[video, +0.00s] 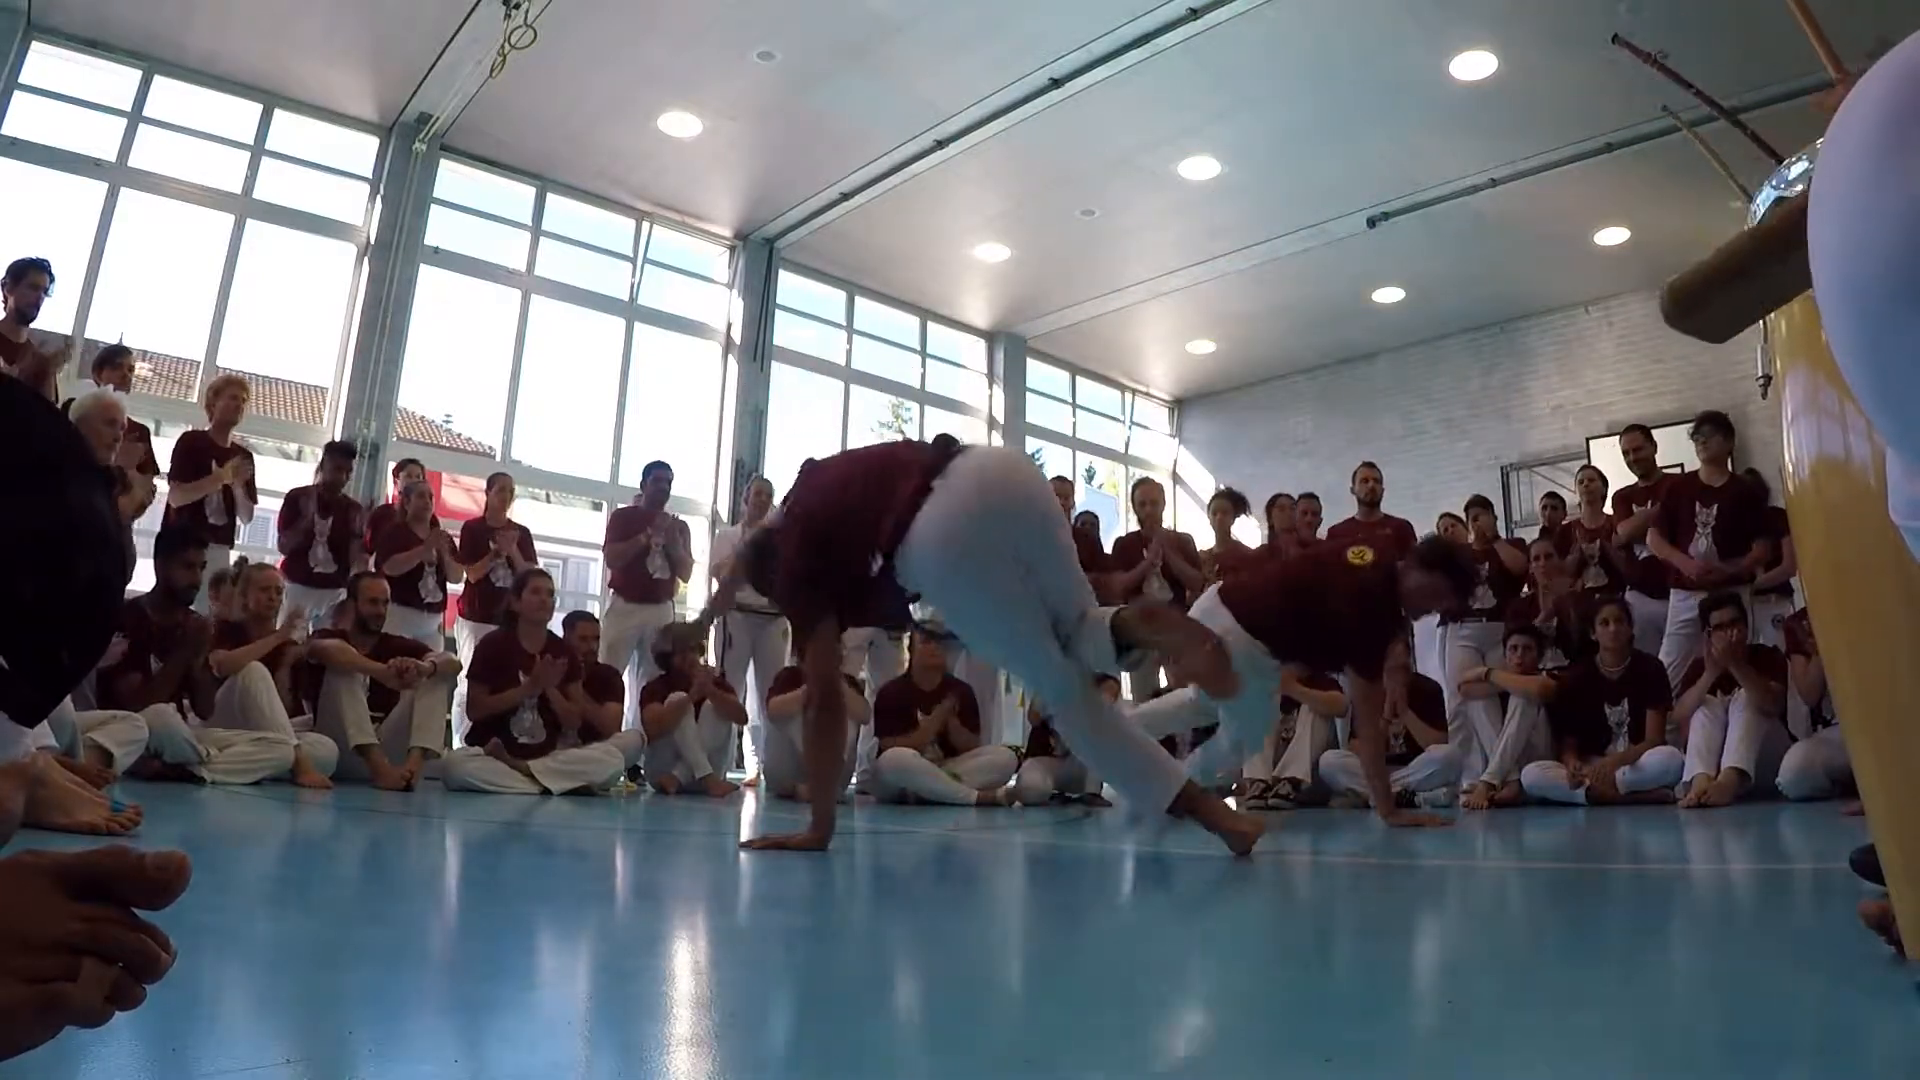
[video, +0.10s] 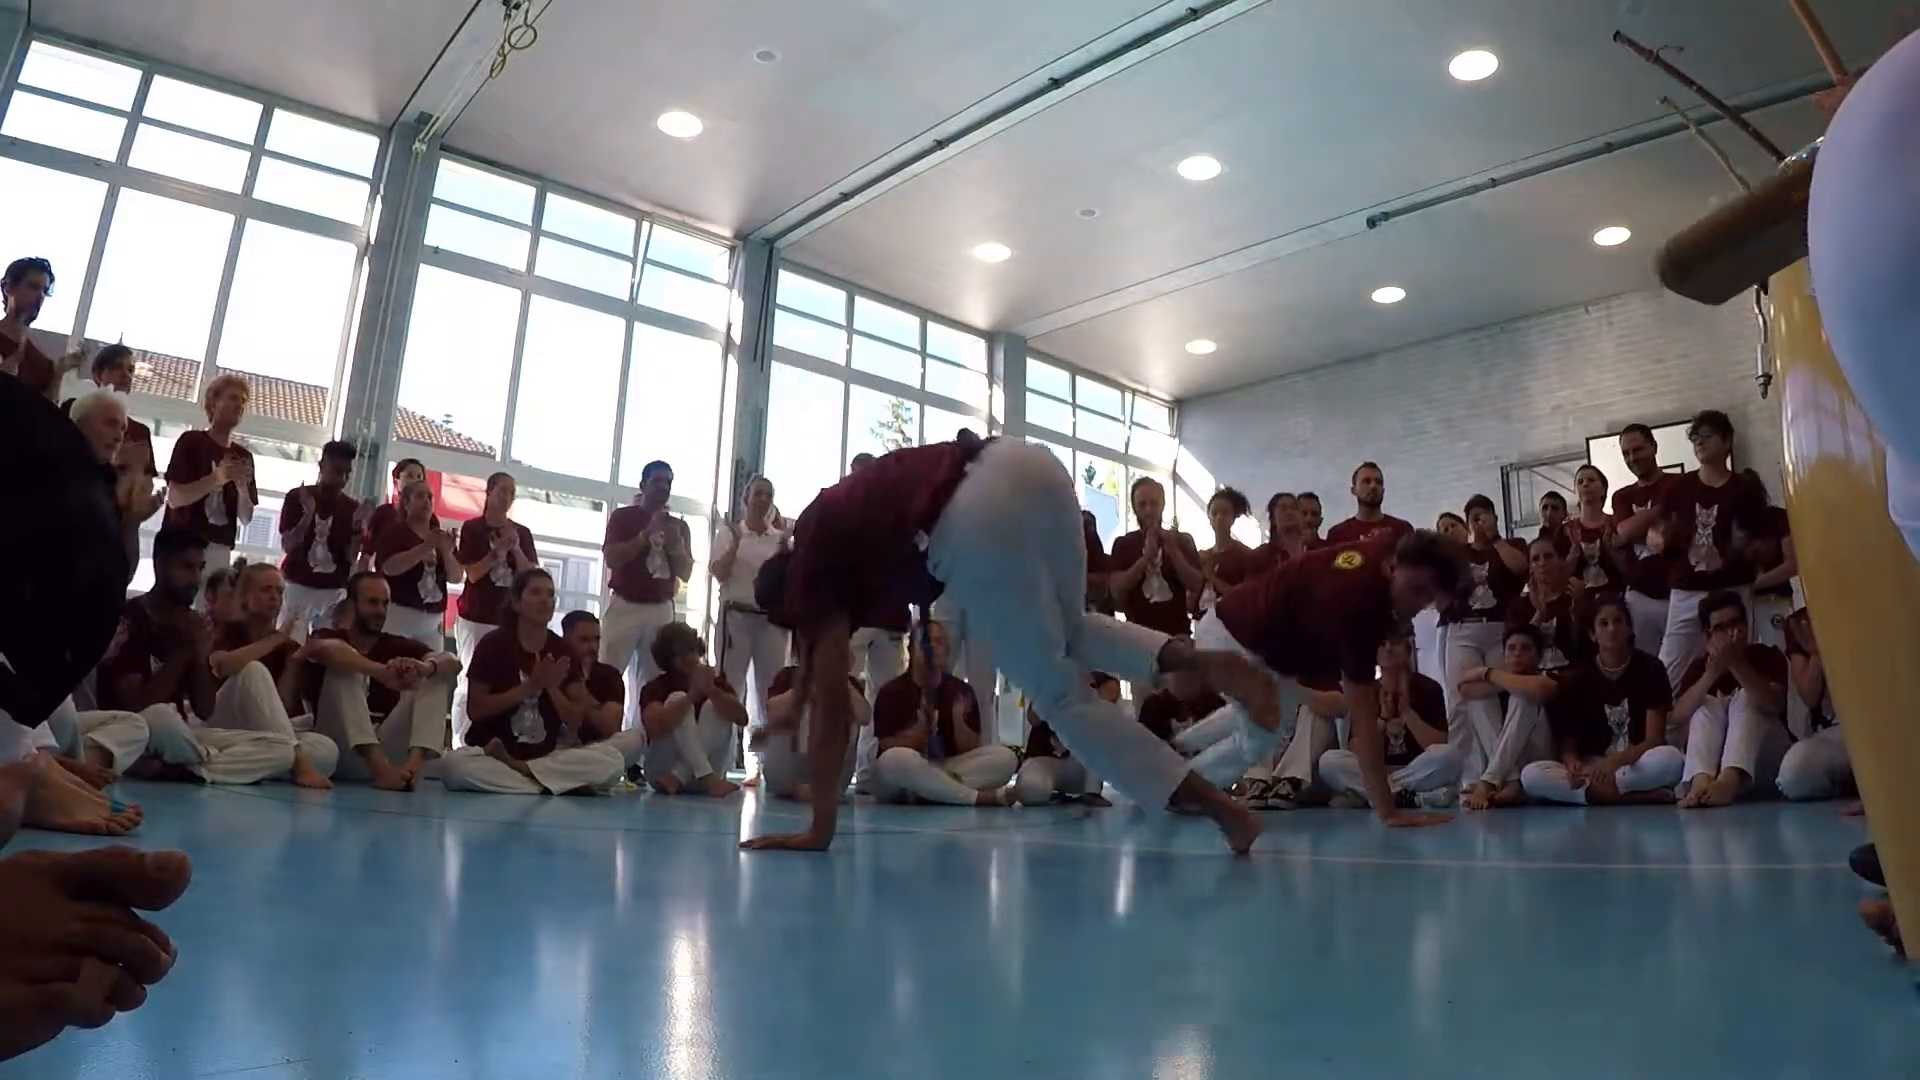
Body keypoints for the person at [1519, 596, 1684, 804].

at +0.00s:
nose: (1613, 629)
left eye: (1619, 622)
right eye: (1605, 624)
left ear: (1630, 630)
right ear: (1593, 634)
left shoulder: (1650, 668)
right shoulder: (1577, 674)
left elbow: (1654, 740)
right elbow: (1569, 741)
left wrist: (1612, 763)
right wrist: (1573, 764)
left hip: (1635, 762)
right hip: (1589, 766)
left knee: (1670, 760)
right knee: (1532, 776)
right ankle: (1629, 798)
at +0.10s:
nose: (1612, 629)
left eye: (1618, 622)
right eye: (1604, 624)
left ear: (1629, 629)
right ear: (1593, 634)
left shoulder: (1651, 668)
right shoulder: (1577, 675)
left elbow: (1654, 740)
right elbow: (1568, 741)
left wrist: (1612, 763)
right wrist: (1573, 763)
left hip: (1635, 762)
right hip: (1589, 765)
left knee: (1670, 760)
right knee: (1532, 776)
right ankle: (1629, 798)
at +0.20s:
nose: (1611, 628)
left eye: (1617, 621)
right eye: (1603, 623)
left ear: (1629, 629)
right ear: (1593, 634)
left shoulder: (1650, 667)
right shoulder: (1577, 674)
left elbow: (1654, 741)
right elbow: (1569, 741)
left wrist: (1611, 762)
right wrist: (1573, 764)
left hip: (1635, 761)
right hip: (1589, 765)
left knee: (1670, 759)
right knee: (1532, 775)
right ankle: (1629, 798)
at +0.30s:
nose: (1612, 628)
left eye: (1619, 621)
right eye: (1605, 622)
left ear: (1630, 629)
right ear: (1593, 633)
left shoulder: (1650, 667)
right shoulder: (1577, 674)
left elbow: (1654, 741)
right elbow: (1569, 741)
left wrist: (1611, 762)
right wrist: (1573, 764)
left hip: (1635, 761)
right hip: (1589, 765)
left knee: (1670, 759)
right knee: (1532, 775)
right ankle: (1629, 798)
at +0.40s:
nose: (1613, 627)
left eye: (1619, 621)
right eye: (1605, 622)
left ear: (1630, 628)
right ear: (1594, 633)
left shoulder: (1650, 667)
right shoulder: (1577, 674)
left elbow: (1653, 741)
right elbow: (1569, 740)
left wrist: (1610, 763)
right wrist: (1574, 765)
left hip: (1635, 760)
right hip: (1589, 764)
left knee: (1670, 760)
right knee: (1536, 781)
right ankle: (1630, 797)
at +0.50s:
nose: (1613, 627)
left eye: (1619, 621)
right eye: (1605, 622)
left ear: (1630, 628)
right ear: (1594, 632)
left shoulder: (1651, 667)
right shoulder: (1578, 674)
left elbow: (1654, 741)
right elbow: (1569, 738)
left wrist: (1611, 763)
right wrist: (1573, 763)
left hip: (1635, 761)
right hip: (1590, 764)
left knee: (1670, 759)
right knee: (1531, 775)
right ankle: (1627, 797)